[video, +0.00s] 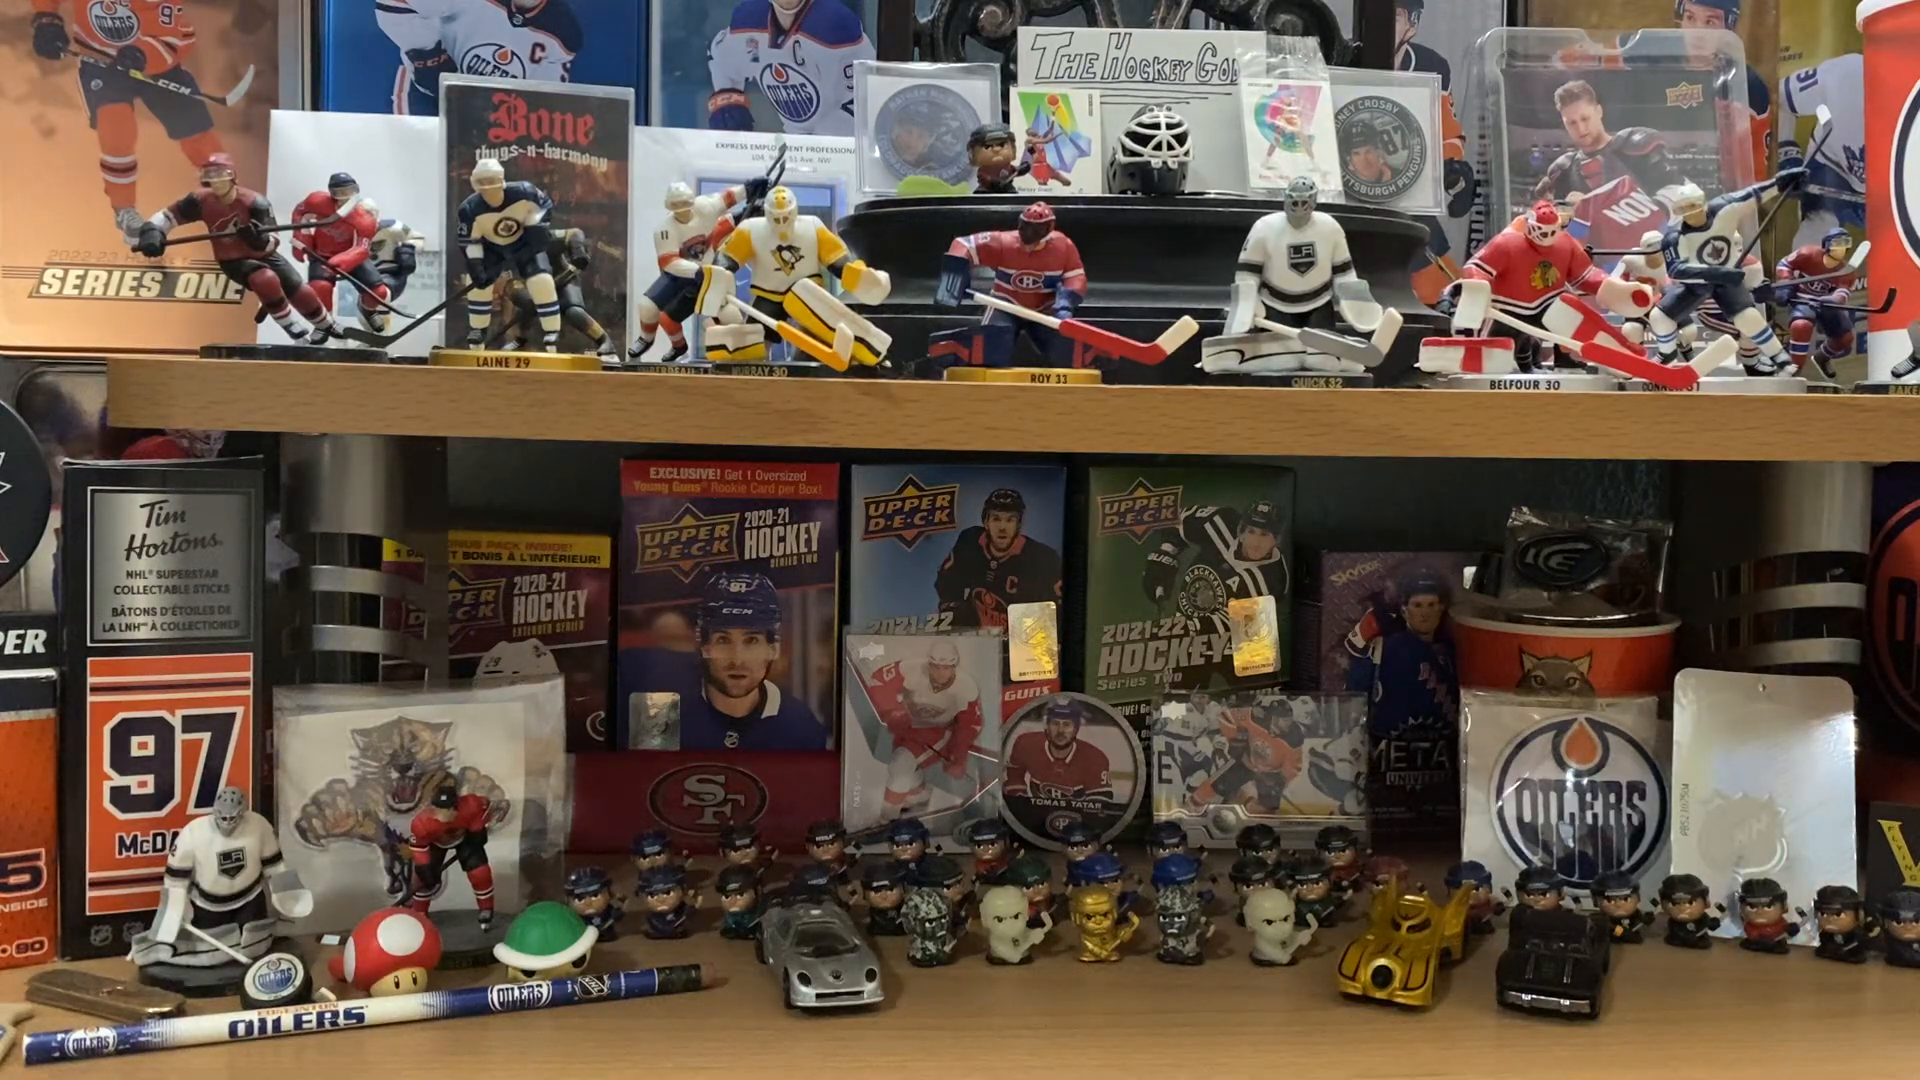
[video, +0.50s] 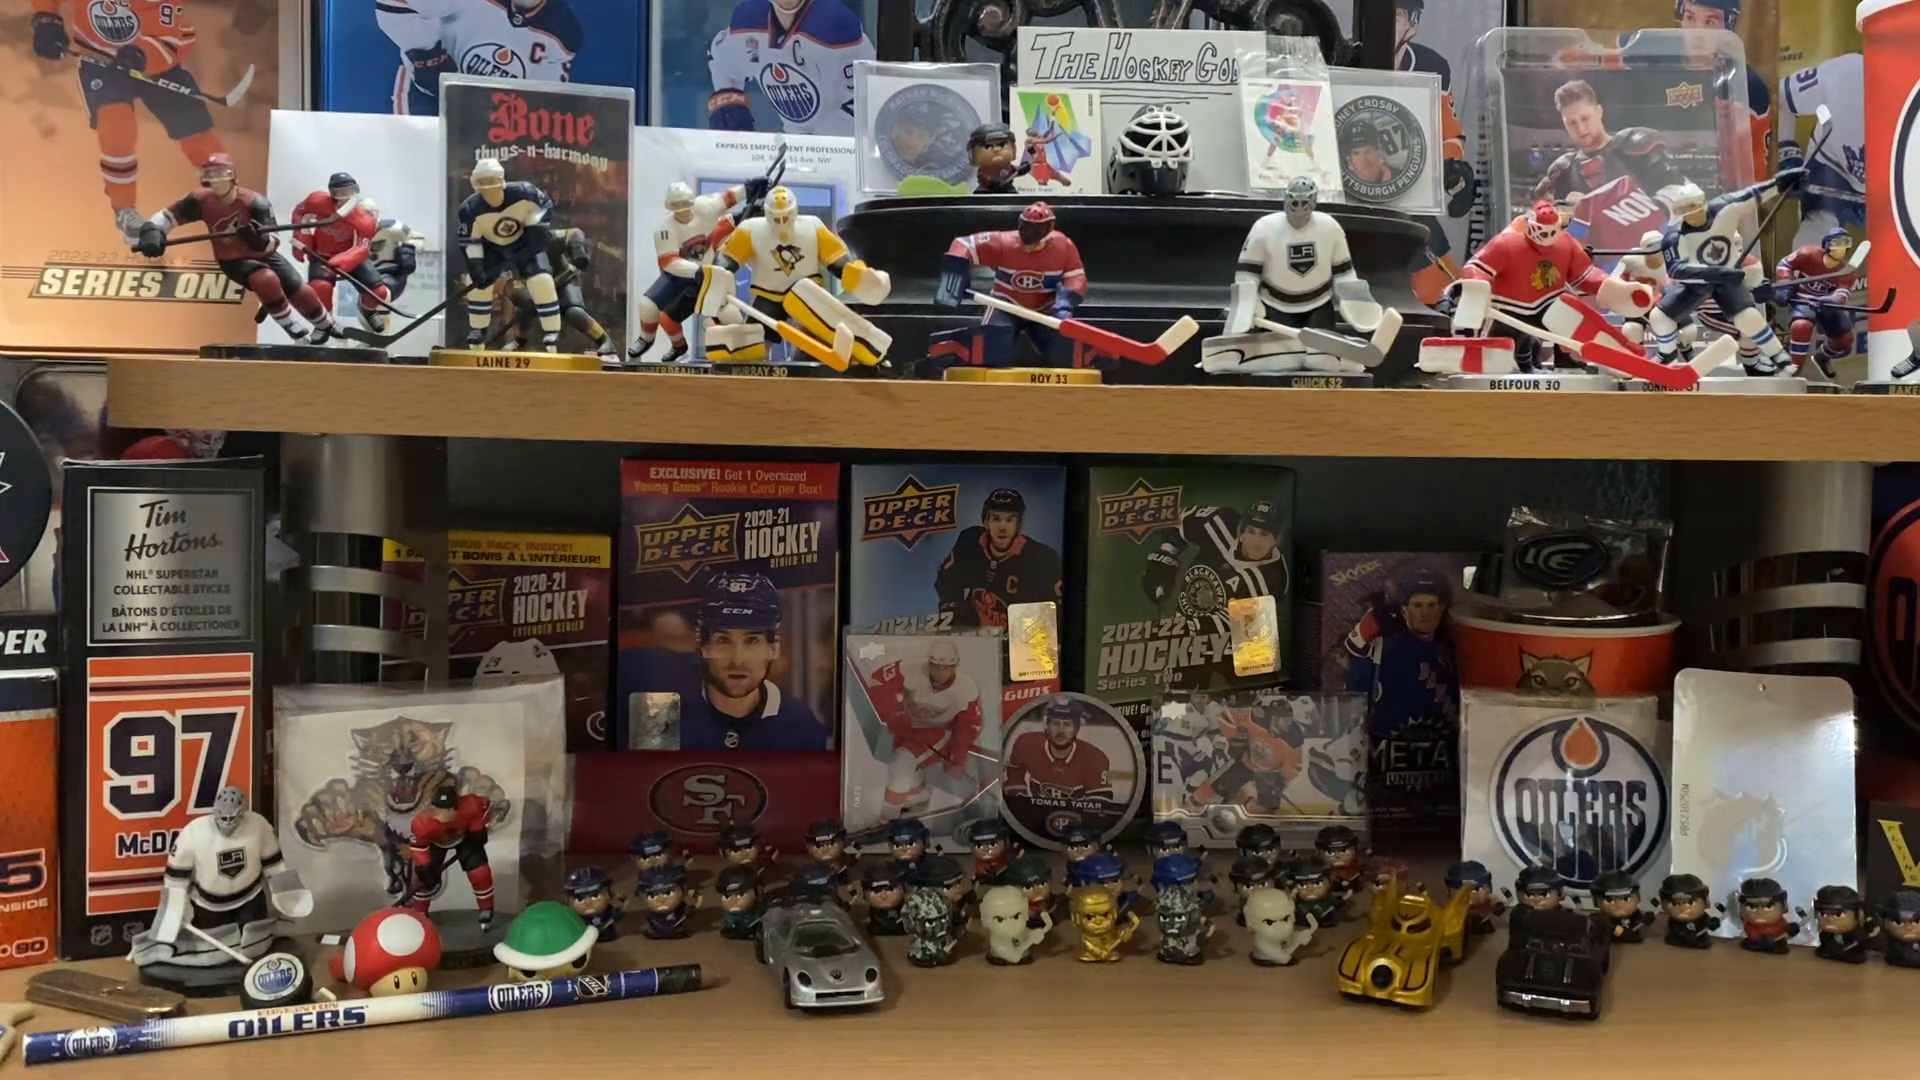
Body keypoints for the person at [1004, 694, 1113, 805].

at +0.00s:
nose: (1060, 730)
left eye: (1066, 724)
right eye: (1055, 724)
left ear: (1076, 729)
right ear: (1047, 726)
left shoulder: (1095, 758)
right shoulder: (1025, 744)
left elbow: (1099, 802)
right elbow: (1014, 777)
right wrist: (1021, 804)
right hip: (1034, 811)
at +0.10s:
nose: (1060, 730)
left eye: (1066, 725)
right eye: (1055, 724)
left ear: (1076, 729)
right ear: (1047, 727)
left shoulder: (1095, 758)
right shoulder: (1026, 744)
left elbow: (1100, 801)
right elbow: (1014, 777)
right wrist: (1021, 804)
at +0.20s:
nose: (1060, 730)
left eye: (1066, 724)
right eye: (1055, 724)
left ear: (1076, 729)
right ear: (1046, 726)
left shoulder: (1095, 758)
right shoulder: (1025, 744)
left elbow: (1099, 803)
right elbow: (1014, 779)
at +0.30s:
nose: (1060, 731)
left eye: (1066, 725)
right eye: (1055, 724)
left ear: (1076, 729)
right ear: (1047, 726)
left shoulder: (1095, 759)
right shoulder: (1025, 744)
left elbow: (1099, 803)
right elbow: (1014, 778)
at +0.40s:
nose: (1060, 730)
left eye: (1066, 724)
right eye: (1055, 724)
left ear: (1076, 729)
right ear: (1047, 726)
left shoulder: (1095, 758)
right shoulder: (1025, 744)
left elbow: (1099, 801)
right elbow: (1014, 778)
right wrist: (1023, 806)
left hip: (1075, 816)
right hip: (1034, 812)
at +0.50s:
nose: (1060, 730)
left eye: (1067, 724)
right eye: (1055, 724)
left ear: (1076, 729)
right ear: (1047, 726)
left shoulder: (1095, 758)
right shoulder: (1025, 744)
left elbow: (1099, 801)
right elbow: (1014, 778)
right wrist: (1023, 807)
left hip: (1075, 817)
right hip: (1034, 812)